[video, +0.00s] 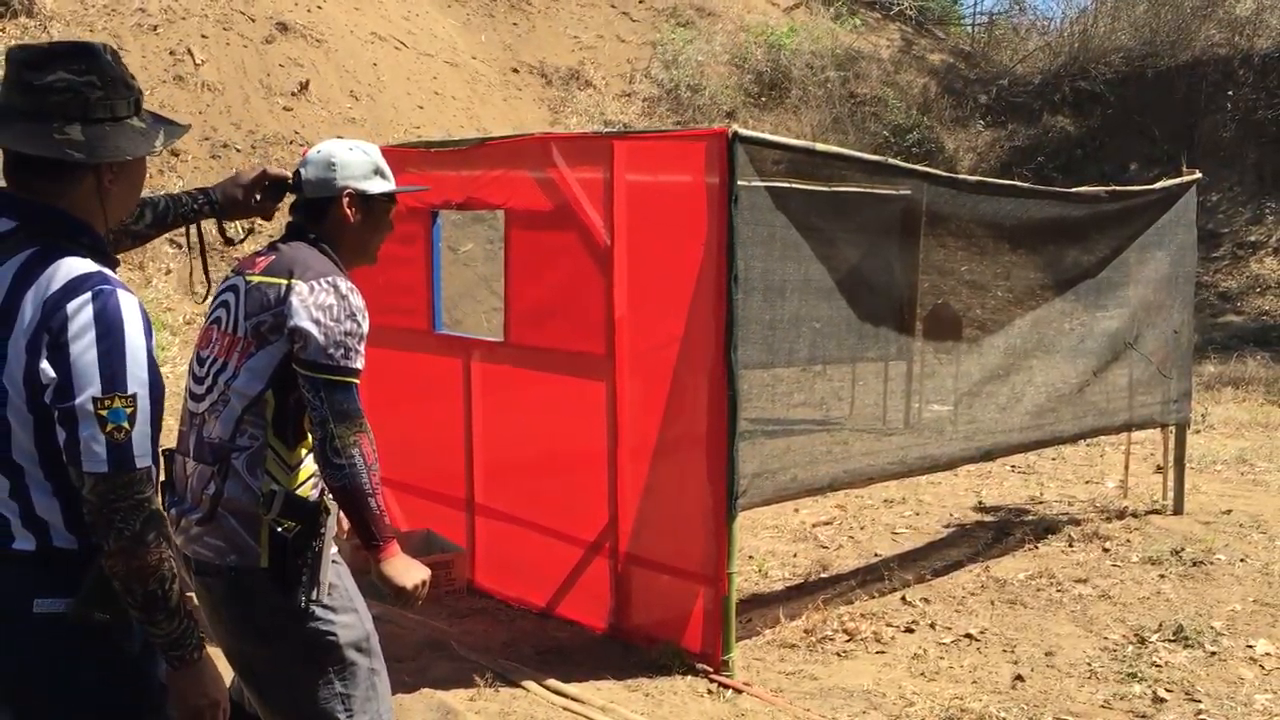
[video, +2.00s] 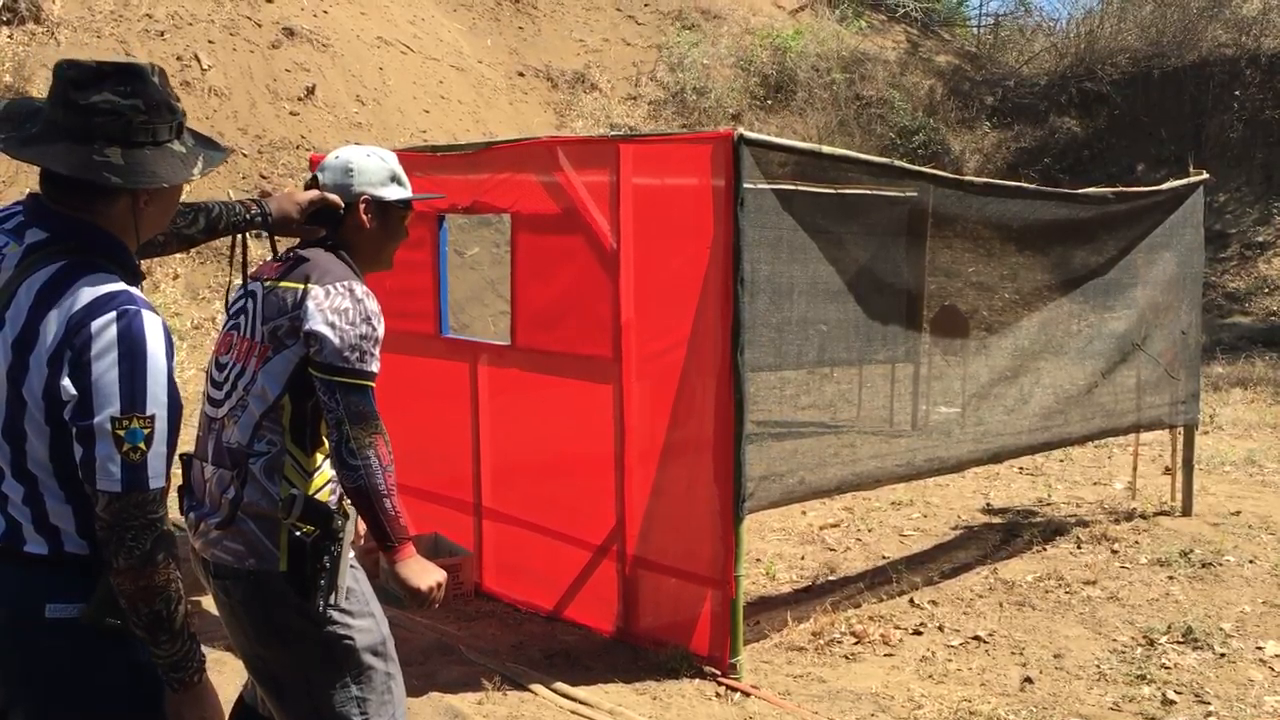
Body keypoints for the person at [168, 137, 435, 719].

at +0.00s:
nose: (394, 224)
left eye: (395, 209)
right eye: (389, 208)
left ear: (325, 203)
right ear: (350, 208)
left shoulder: (254, 268)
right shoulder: (327, 291)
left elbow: (259, 410)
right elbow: (340, 440)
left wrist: (319, 504)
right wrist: (388, 551)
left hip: (213, 532)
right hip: (269, 545)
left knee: (272, 691)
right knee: (354, 699)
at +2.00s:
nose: (409, 230)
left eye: (409, 215)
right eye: (402, 214)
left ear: (341, 212)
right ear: (363, 214)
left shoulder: (269, 276)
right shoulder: (343, 296)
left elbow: (273, 418)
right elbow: (357, 440)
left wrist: (339, 512)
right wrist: (404, 552)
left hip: (226, 532)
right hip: (285, 547)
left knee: (281, 689)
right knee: (371, 701)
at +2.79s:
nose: (405, 231)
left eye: (407, 217)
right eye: (401, 216)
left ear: (334, 210)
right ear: (362, 213)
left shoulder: (269, 272)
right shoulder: (342, 286)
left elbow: (266, 415)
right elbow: (336, 411)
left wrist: (337, 503)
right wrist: (401, 515)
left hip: (225, 528)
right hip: (281, 540)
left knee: (276, 687)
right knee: (367, 701)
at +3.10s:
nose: (422, 233)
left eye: (423, 219)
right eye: (417, 218)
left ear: (354, 214)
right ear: (378, 217)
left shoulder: (303, 270)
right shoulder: (349, 269)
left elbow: (291, 409)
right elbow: (298, 340)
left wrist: (362, 493)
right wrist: (344, 462)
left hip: (252, 530)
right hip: (300, 539)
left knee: (285, 683)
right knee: (363, 707)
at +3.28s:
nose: (410, 271)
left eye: (408, 257)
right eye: (401, 257)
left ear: (352, 261)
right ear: (363, 263)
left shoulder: (302, 310)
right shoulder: (350, 318)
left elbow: (350, 413)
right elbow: (390, 419)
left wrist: (451, 432)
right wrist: (472, 404)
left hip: (237, 549)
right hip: (297, 564)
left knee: (288, 643)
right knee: (390, 708)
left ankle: (257, 711)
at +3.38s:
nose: (391, 270)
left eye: (390, 258)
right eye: (381, 258)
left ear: (337, 261)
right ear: (343, 262)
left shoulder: (288, 308)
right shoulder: (340, 319)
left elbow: (391, 357)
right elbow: (414, 402)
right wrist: (488, 352)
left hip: (236, 533)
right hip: (293, 544)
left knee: (280, 628)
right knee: (348, 706)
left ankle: (255, 714)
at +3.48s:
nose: (386, 265)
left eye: (386, 253)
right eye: (378, 254)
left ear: (333, 255)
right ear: (338, 256)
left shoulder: (316, 291)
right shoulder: (323, 308)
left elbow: (417, 319)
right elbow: (413, 369)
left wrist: (501, 314)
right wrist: (493, 328)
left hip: (232, 502)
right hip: (262, 511)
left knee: (282, 615)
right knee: (366, 631)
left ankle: (254, 716)